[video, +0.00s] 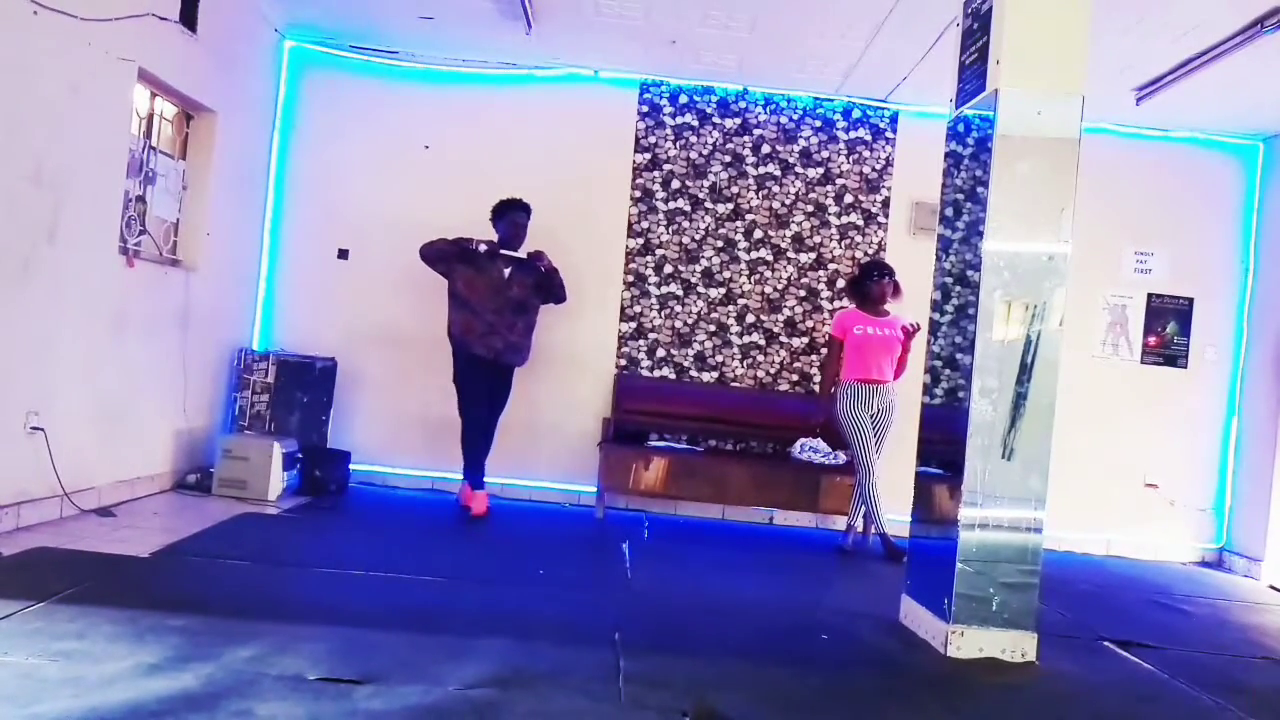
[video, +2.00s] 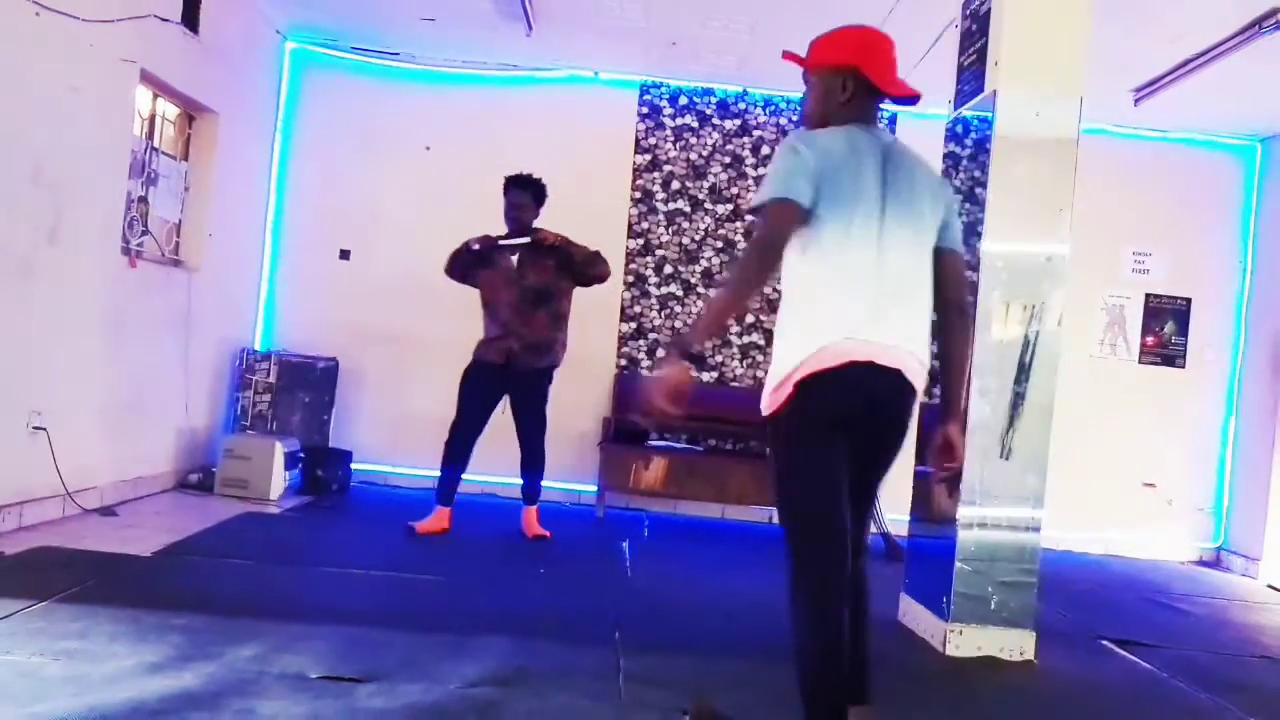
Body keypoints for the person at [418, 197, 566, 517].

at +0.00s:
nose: (519, 231)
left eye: (523, 225)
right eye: (513, 224)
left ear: (527, 229)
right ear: (497, 224)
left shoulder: (530, 271)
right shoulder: (467, 259)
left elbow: (558, 296)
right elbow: (428, 252)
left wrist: (547, 267)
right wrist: (469, 246)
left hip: (504, 359)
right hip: (469, 353)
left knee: (489, 420)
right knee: (473, 417)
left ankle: (469, 482)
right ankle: (477, 487)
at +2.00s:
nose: (513, 213)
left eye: (521, 207)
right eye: (509, 205)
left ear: (537, 209)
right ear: (503, 206)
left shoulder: (558, 255)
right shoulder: (490, 257)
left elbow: (600, 272)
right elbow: (454, 270)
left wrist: (561, 245)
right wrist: (472, 247)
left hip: (534, 365)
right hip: (490, 359)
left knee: (532, 439)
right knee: (463, 430)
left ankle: (530, 514)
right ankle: (442, 510)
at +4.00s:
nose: (440, 180)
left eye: (449, 174)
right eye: (435, 172)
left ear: (465, 183)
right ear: (426, 177)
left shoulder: (471, 241)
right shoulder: (401, 215)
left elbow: (475, 307)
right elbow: (378, 271)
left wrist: (487, 325)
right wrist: (391, 319)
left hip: (436, 351)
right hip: (391, 342)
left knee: (425, 430)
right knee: (377, 429)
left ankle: (431, 507)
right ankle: (385, 496)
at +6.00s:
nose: (428, 179)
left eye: (437, 174)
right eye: (424, 172)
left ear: (454, 183)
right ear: (417, 179)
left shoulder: (466, 234)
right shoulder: (393, 223)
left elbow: (482, 292)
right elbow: (377, 286)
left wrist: (516, 301)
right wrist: (396, 333)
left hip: (439, 343)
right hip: (395, 340)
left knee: (430, 420)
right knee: (388, 419)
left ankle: (440, 502)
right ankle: (386, 493)